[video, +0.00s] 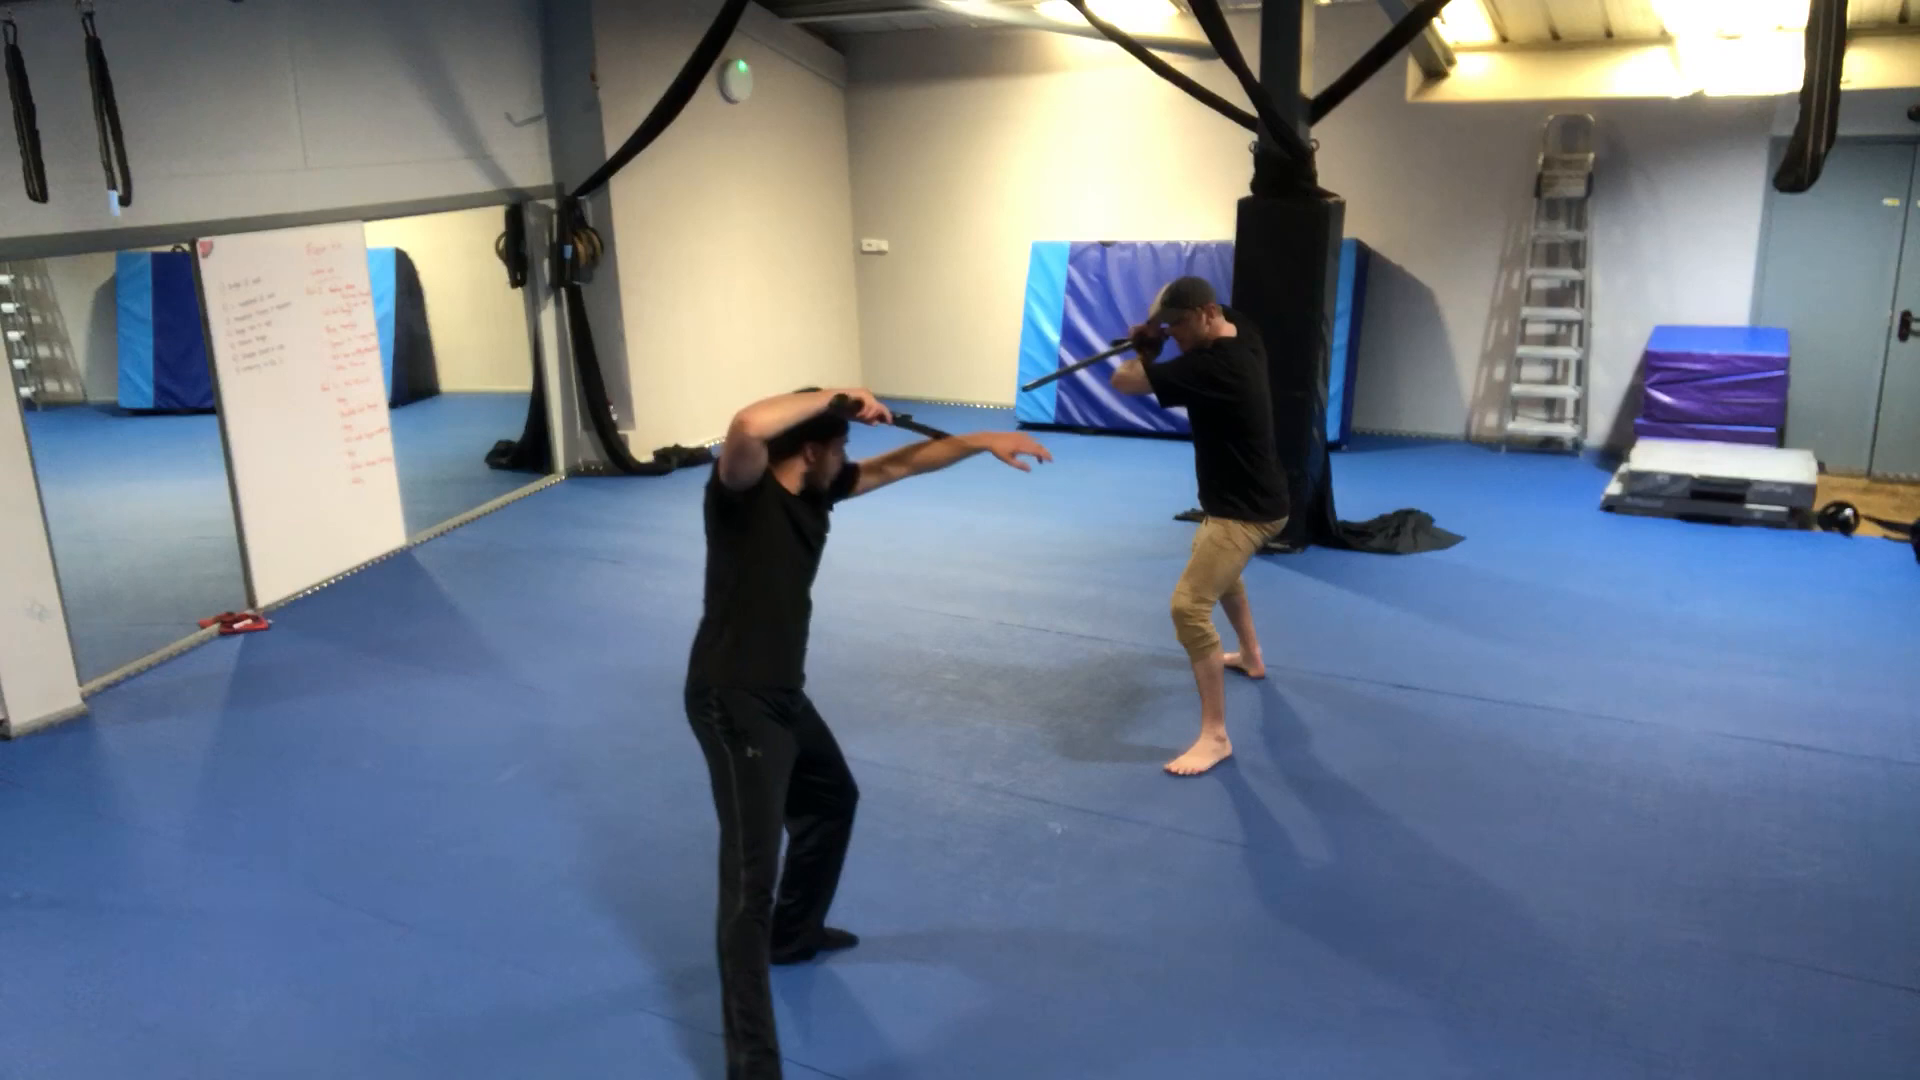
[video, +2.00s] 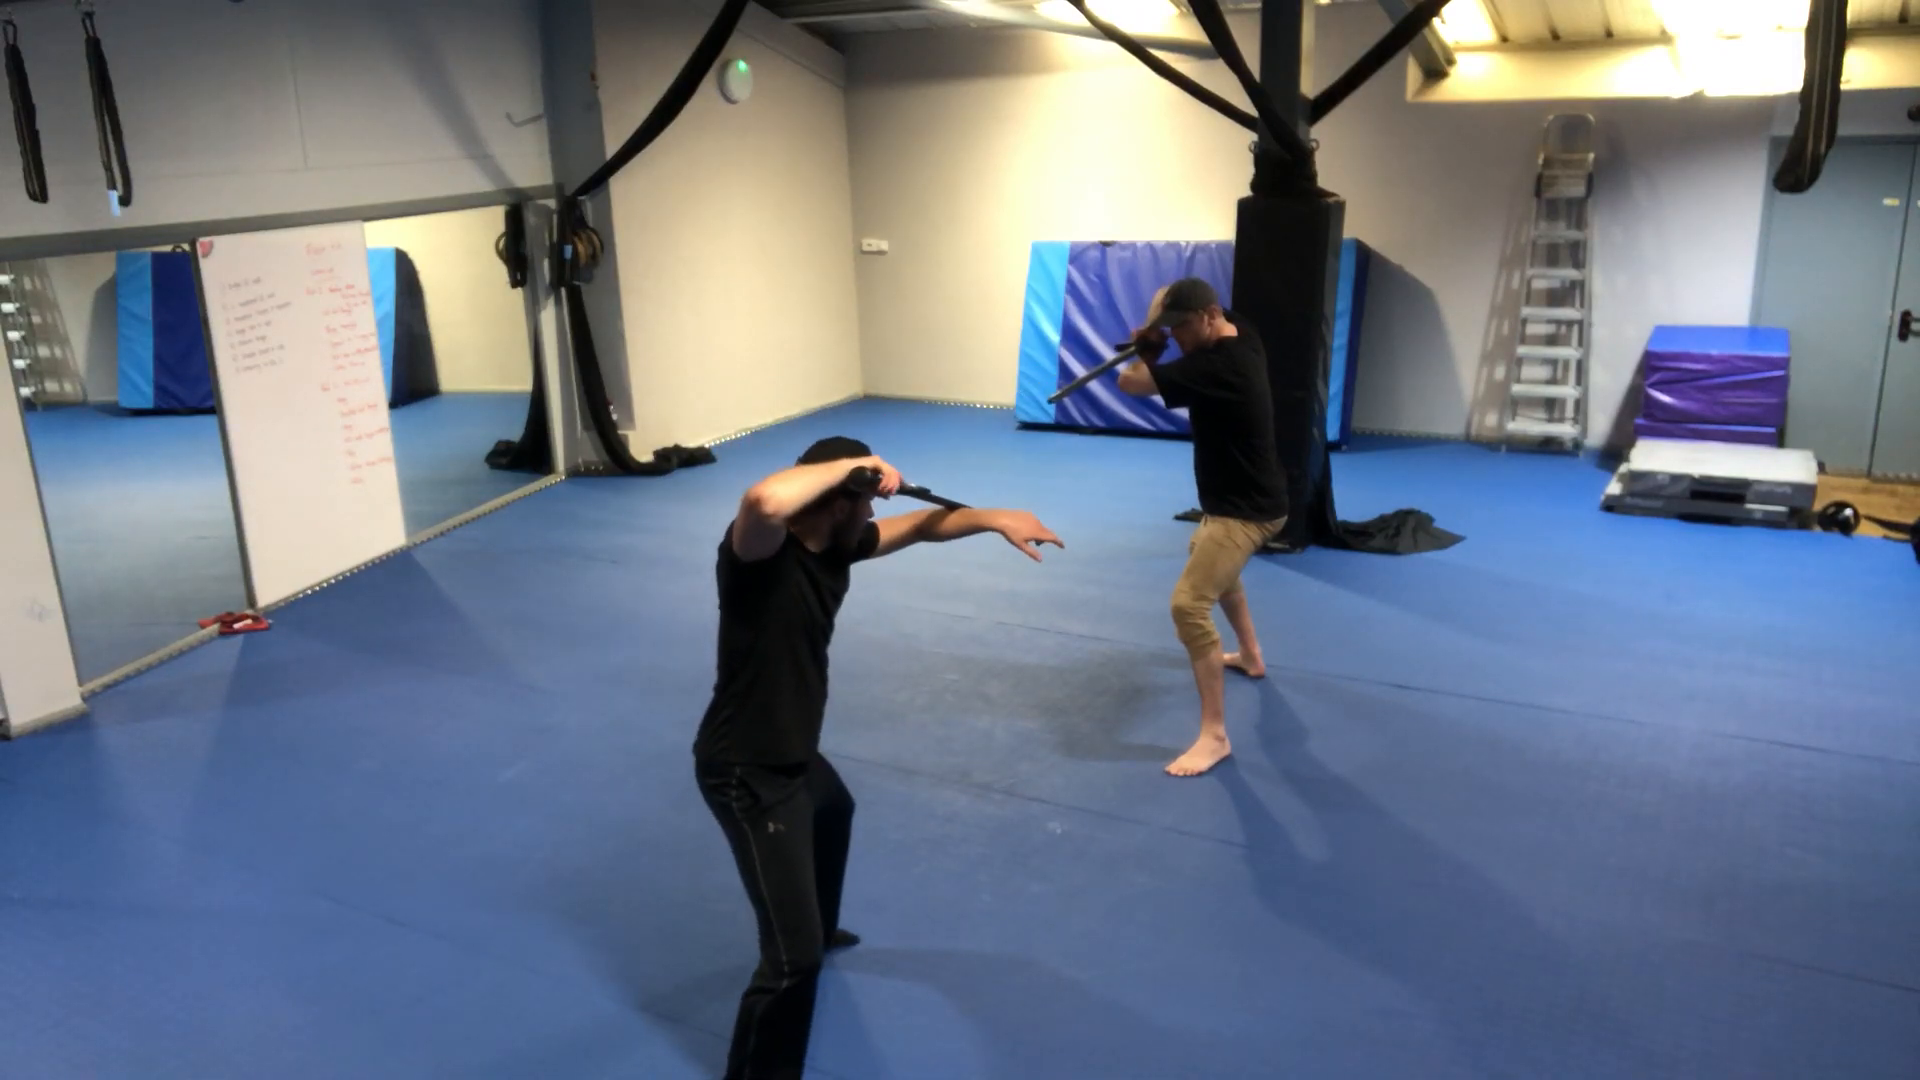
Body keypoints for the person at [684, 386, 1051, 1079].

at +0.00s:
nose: (844, 458)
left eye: (842, 443)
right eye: (836, 443)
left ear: (818, 447)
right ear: (806, 445)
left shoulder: (817, 492)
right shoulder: (742, 491)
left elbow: (900, 465)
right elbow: (746, 426)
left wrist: (983, 440)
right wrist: (831, 396)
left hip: (781, 697)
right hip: (731, 701)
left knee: (830, 800)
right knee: (750, 886)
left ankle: (791, 931)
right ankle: (753, 1065)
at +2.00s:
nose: (871, 517)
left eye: (871, 503)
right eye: (863, 503)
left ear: (838, 505)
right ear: (830, 500)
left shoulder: (835, 550)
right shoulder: (758, 553)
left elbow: (921, 524)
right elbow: (763, 499)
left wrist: (996, 517)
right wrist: (847, 468)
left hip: (793, 755)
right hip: (744, 768)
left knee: (834, 811)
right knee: (793, 955)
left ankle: (815, 928)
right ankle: (756, 1075)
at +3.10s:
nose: (860, 500)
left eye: (865, 488)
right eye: (853, 486)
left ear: (852, 496)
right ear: (818, 483)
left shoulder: (835, 536)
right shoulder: (748, 540)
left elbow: (915, 518)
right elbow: (763, 487)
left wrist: (989, 517)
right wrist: (867, 467)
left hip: (803, 749)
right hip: (754, 759)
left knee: (831, 828)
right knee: (786, 952)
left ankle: (813, 931)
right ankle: (753, 1074)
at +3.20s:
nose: (872, 498)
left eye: (874, 486)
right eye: (865, 485)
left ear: (864, 492)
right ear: (835, 484)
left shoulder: (846, 538)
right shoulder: (758, 543)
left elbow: (916, 535)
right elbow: (783, 491)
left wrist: (976, 526)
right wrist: (887, 465)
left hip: (816, 751)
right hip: (769, 761)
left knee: (847, 832)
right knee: (795, 959)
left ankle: (818, 934)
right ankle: (756, 1076)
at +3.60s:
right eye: (894, 451)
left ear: (836, 466)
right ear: (891, 465)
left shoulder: (815, 526)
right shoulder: (931, 499)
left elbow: (868, 460)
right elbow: (984, 394)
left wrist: (950, 414)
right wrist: (976, 311)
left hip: (879, 736)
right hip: (953, 731)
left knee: (904, 841)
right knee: (1055, 874)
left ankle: (884, 993)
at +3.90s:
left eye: (1033, 448)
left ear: (1032, 462)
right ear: (1092, 464)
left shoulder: (1003, 529)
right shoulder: (1108, 518)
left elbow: (908, 533)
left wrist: (933, 491)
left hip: (1011, 727)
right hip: (1100, 723)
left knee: (945, 851)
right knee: (1173, 840)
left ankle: (891, 994)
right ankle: (1234, 963)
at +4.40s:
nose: (1122, 429)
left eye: (1117, 420)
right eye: (1119, 421)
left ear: (1058, 429)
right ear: (1112, 432)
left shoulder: (1055, 490)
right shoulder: (1099, 503)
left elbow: (1111, 509)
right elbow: (1141, 587)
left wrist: (1157, 520)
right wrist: (1261, 578)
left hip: (1078, 694)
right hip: (1141, 702)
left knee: (1029, 824)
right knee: (1213, 836)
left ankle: (936, 976)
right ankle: (1247, 967)